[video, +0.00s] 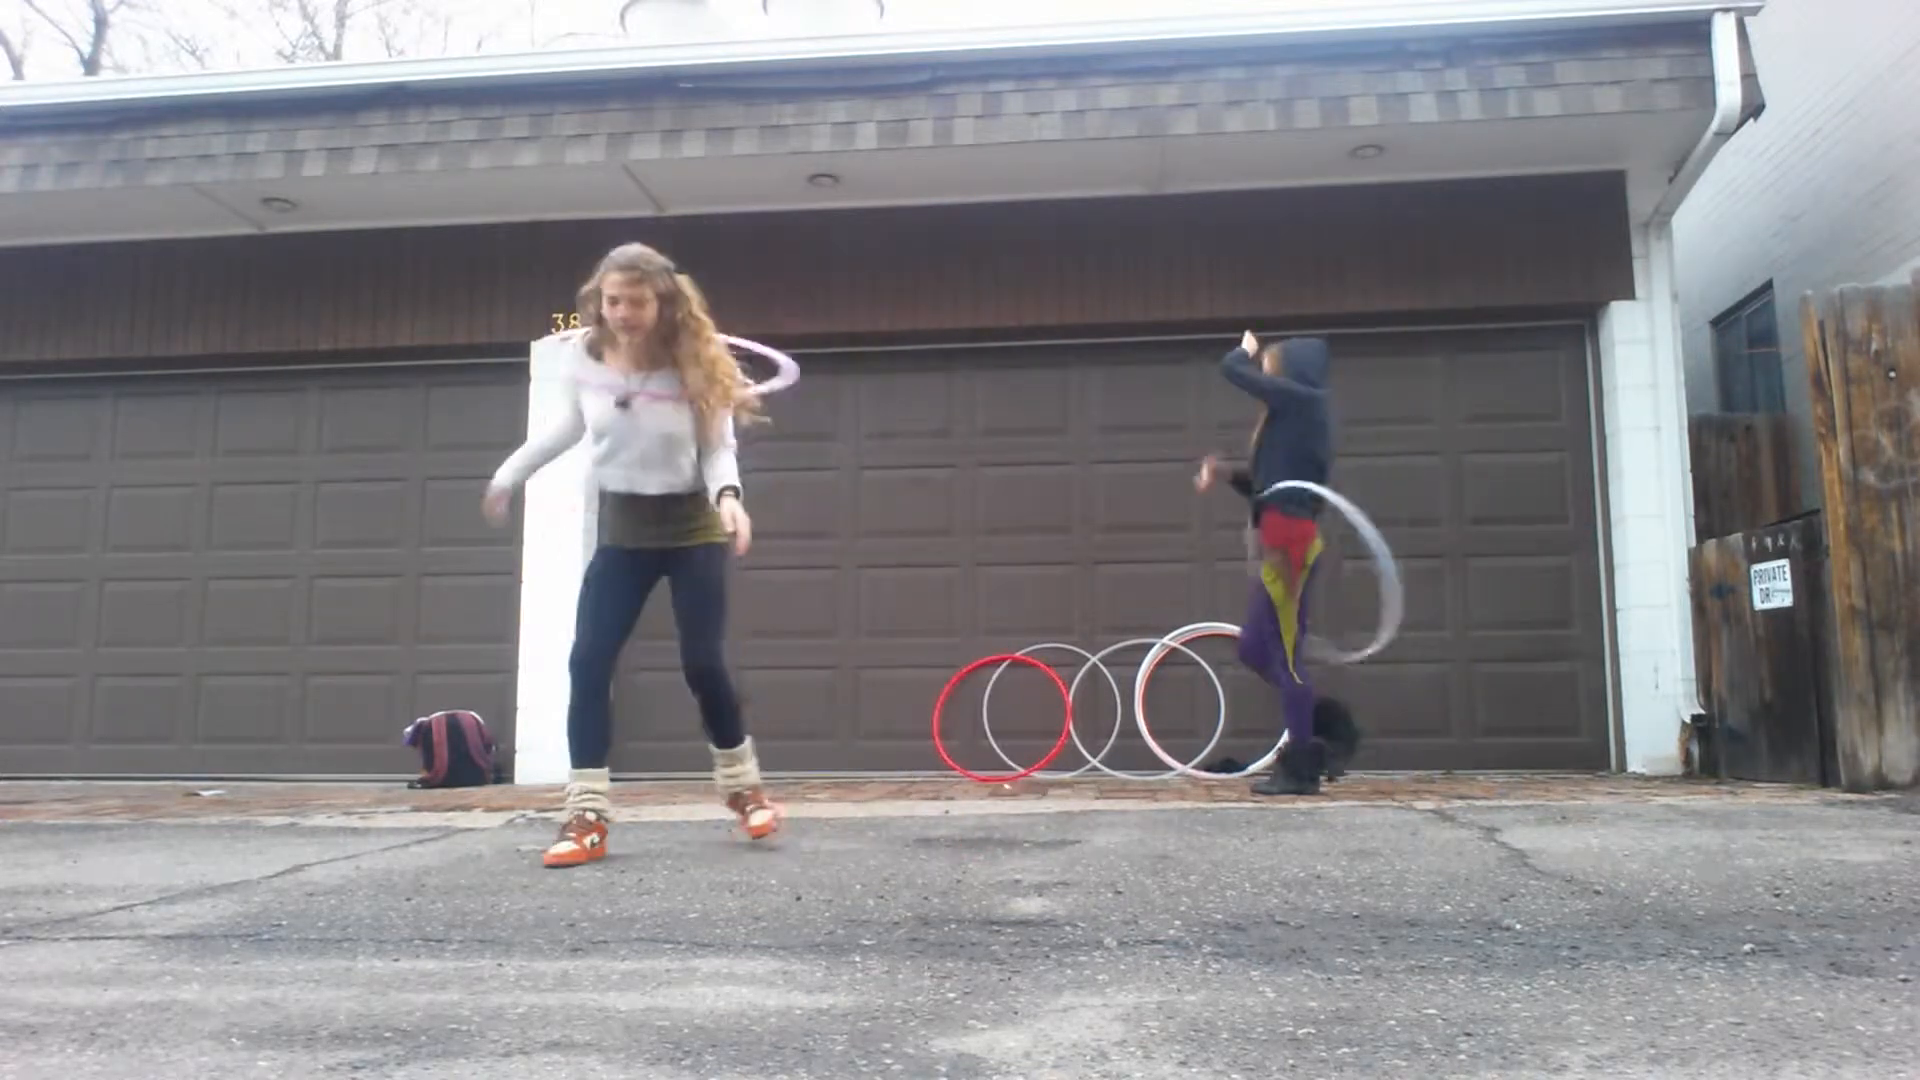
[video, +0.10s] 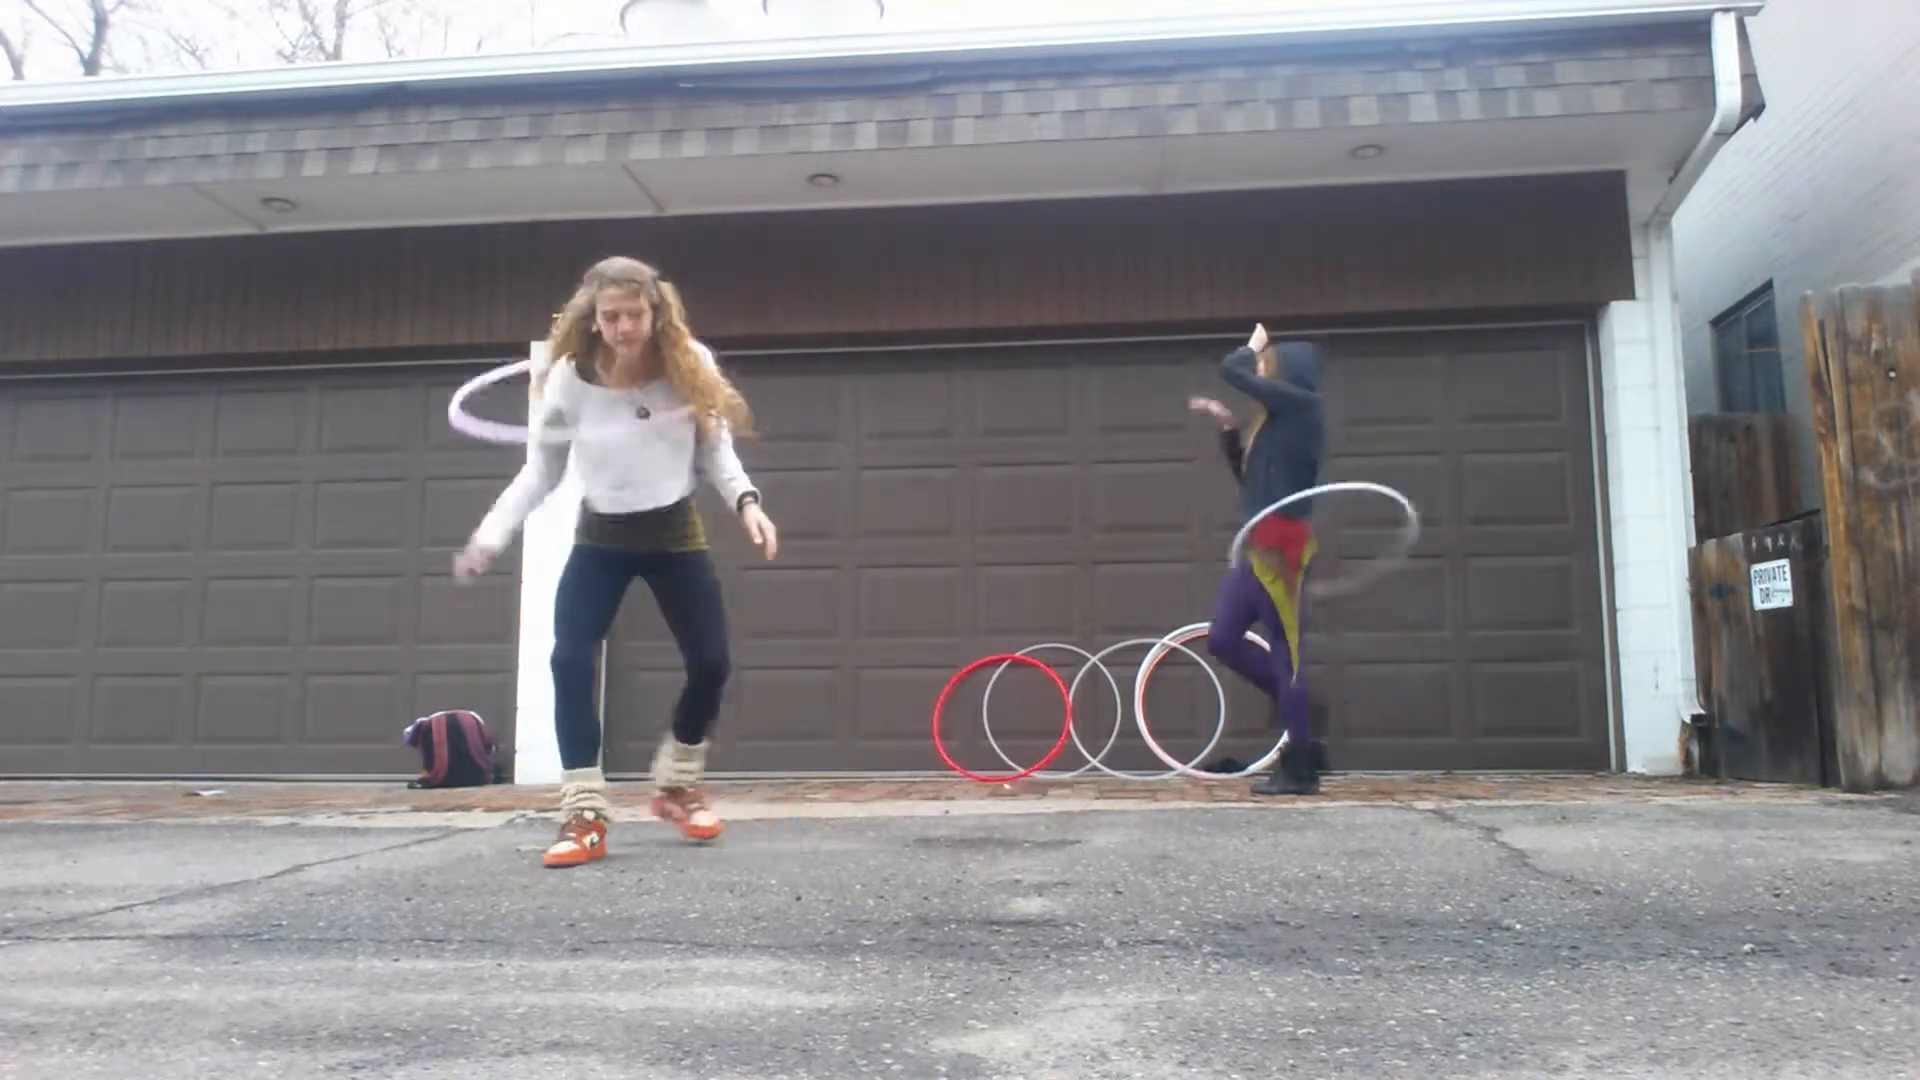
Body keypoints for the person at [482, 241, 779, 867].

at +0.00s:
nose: (621, 313)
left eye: (634, 301)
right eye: (611, 301)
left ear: (663, 302)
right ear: (600, 304)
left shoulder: (699, 362)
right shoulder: (587, 363)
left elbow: (718, 443)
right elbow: (568, 428)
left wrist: (728, 495)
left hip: (695, 531)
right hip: (623, 535)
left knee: (703, 663)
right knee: (588, 662)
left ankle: (744, 790)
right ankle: (587, 813)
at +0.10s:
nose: (623, 328)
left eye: (633, 315)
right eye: (611, 316)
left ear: (655, 314)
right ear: (595, 320)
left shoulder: (687, 367)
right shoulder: (569, 378)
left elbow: (716, 452)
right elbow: (540, 470)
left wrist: (747, 502)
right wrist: (489, 535)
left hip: (676, 537)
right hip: (600, 540)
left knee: (712, 663)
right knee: (570, 658)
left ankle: (677, 785)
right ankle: (585, 813)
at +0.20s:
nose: (645, 334)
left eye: (651, 321)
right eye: (630, 325)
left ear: (661, 318)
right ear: (601, 329)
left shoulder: (684, 363)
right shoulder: (579, 393)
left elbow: (716, 433)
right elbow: (575, 490)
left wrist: (760, 491)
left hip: (651, 543)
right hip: (585, 542)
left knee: (687, 671)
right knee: (584, 669)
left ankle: (603, 782)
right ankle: (582, 813)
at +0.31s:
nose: (661, 333)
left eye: (667, 320)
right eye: (648, 325)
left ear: (676, 318)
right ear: (621, 331)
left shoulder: (674, 371)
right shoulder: (605, 385)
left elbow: (710, 434)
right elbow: (632, 489)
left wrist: (766, 472)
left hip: (631, 530)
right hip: (601, 531)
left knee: (627, 678)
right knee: (631, 676)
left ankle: (553, 809)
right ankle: (587, 812)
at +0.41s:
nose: (697, 324)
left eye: (696, 312)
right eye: (688, 313)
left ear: (648, 320)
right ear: (658, 319)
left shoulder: (621, 369)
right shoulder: (643, 383)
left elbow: (674, 430)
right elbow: (676, 479)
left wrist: (746, 452)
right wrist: (760, 501)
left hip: (594, 534)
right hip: (626, 539)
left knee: (615, 682)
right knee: (687, 675)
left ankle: (552, 811)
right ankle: (624, 809)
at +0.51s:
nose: (707, 314)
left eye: (706, 302)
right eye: (702, 302)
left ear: (642, 301)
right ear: (681, 305)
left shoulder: (605, 358)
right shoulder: (678, 367)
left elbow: (620, 441)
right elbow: (702, 466)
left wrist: (699, 429)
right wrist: (766, 463)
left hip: (597, 533)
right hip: (655, 538)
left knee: (599, 681)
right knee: (695, 667)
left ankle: (550, 813)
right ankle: (695, 806)